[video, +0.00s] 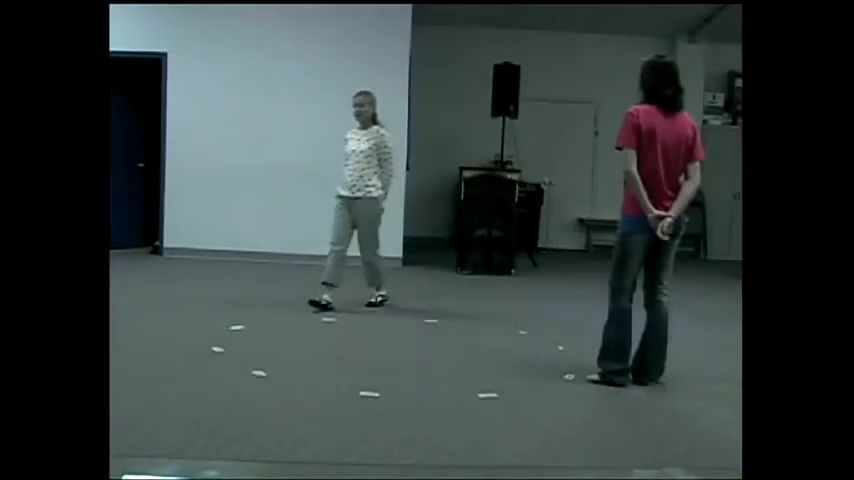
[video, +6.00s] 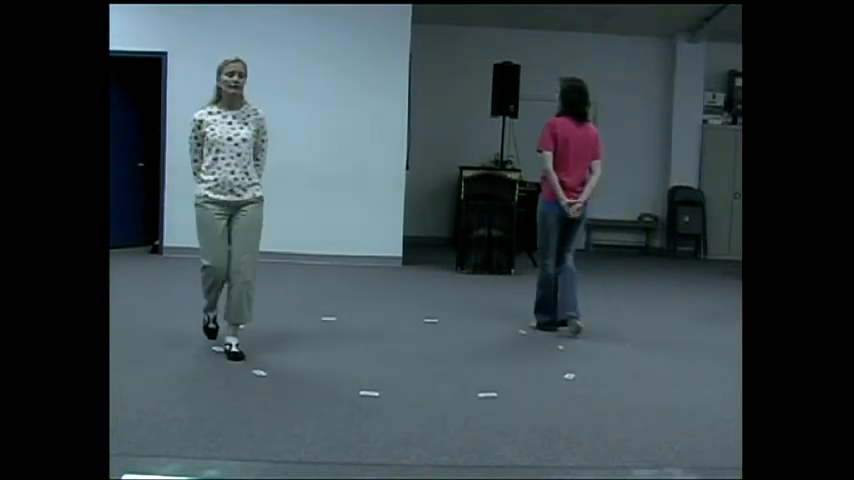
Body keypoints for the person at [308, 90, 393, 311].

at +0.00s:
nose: (357, 110)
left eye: (362, 106)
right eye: (355, 106)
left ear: (373, 108)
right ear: (352, 109)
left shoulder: (380, 135)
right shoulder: (350, 135)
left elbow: (387, 169)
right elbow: (349, 165)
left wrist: (381, 194)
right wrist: (352, 186)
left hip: (369, 197)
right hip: (346, 195)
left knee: (369, 249)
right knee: (337, 246)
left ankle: (379, 291)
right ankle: (327, 294)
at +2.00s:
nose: (236, 87)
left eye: (241, 83)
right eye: (231, 83)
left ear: (246, 87)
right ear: (222, 86)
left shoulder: (257, 119)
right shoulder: (209, 119)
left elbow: (261, 155)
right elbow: (205, 154)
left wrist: (252, 179)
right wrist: (215, 176)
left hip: (246, 191)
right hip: (215, 190)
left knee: (244, 252)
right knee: (216, 252)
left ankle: (242, 309)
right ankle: (217, 309)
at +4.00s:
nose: (234, 88)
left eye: (239, 84)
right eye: (229, 84)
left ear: (246, 87)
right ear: (222, 88)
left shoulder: (257, 119)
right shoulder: (210, 120)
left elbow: (262, 155)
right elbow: (207, 155)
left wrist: (254, 179)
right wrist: (215, 177)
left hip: (246, 191)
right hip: (215, 190)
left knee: (243, 252)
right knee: (217, 252)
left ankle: (241, 309)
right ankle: (217, 309)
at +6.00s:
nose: (235, 80)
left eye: (240, 76)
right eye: (229, 75)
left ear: (246, 82)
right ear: (219, 79)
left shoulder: (256, 118)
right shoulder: (203, 117)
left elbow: (260, 159)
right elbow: (196, 160)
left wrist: (251, 185)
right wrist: (207, 184)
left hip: (248, 199)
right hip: (211, 198)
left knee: (242, 269)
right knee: (217, 266)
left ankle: (233, 336)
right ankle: (210, 310)